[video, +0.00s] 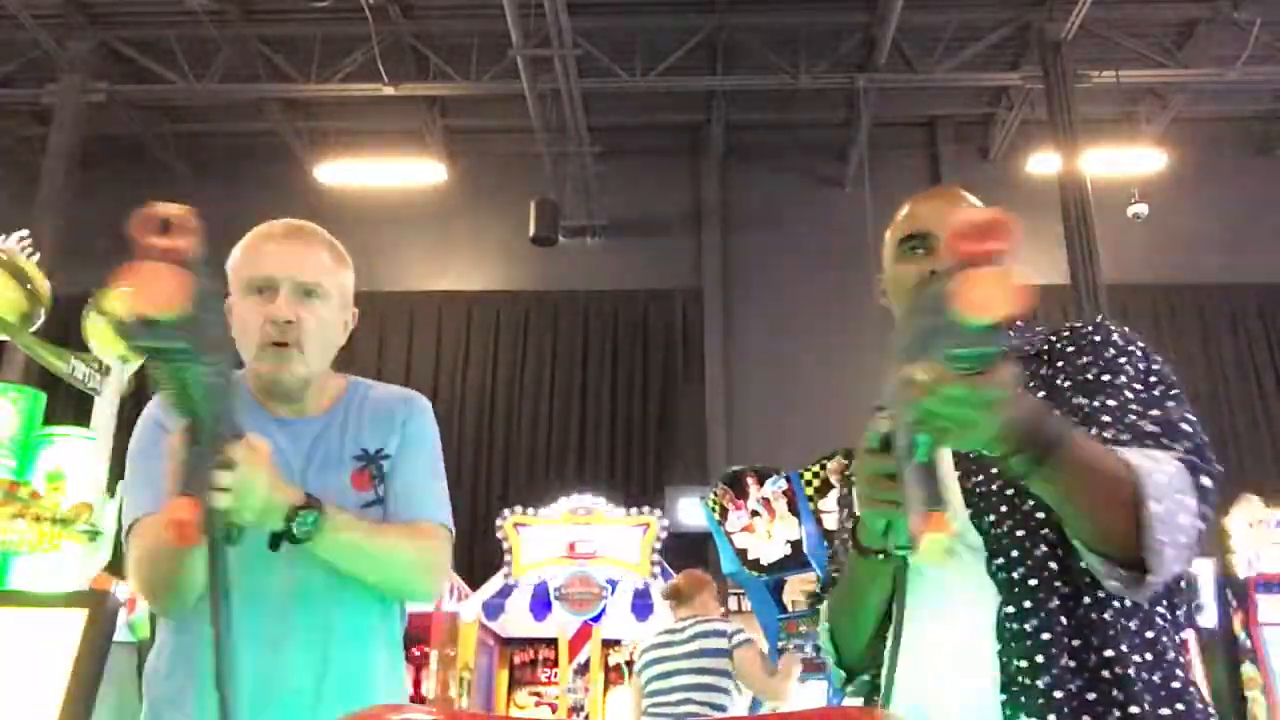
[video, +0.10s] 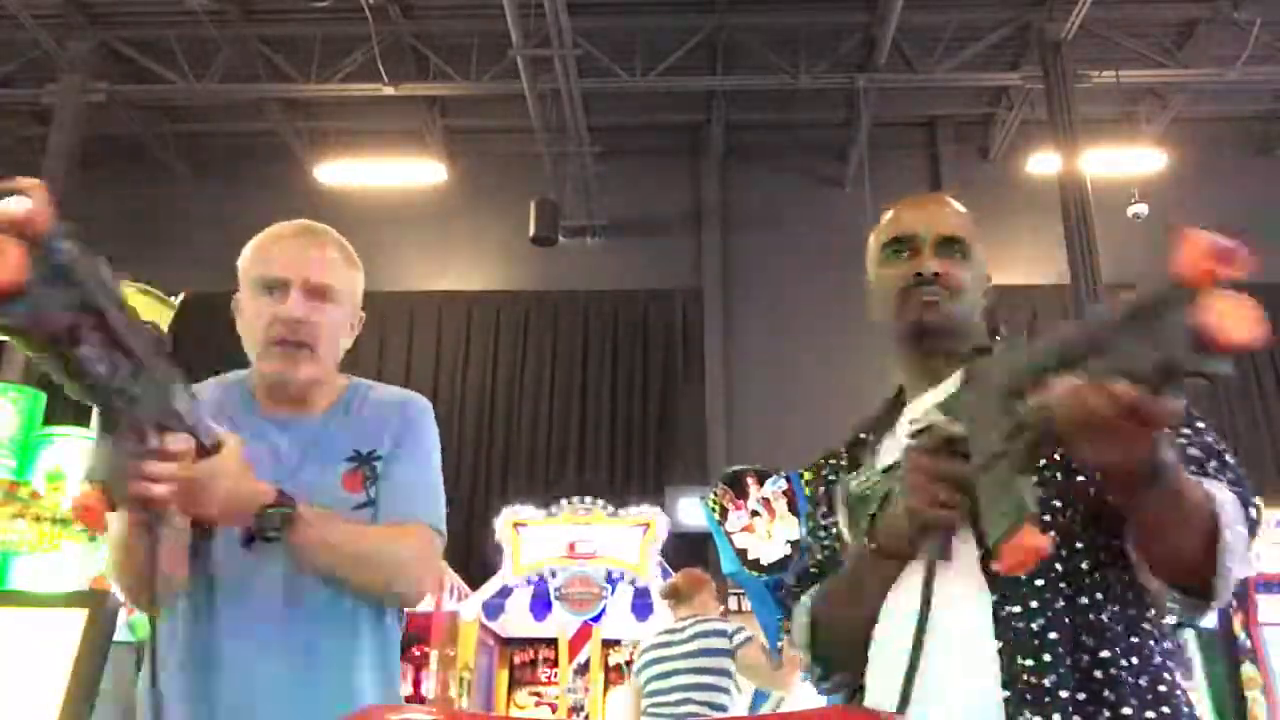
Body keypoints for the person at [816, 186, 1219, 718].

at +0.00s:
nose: (945, 266)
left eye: (973, 245)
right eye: (916, 247)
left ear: (1004, 268)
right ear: (884, 288)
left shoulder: (1090, 356)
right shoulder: (894, 426)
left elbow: (1167, 534)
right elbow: (852, 654)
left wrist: (1030, 437)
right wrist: (873, 538)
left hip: (1108, 697)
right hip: (935, 704)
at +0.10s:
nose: (926, 265)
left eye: (951, 250)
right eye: (899, 251)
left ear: (986, 283)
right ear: (872, 290)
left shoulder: (1095, 396)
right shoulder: (847, 470)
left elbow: (1216, 571)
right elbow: (823, 653)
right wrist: (896, 535)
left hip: (1109, 703)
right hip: (927, 707)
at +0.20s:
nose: (920, 265)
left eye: (944, 250)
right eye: (892, 249)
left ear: (977, 286)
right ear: (857, 293)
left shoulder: (1076, 391)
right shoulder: (826, 476)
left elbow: (1199, 593)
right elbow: (797, 651)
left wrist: (1146, 486)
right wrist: (887, 531)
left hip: (1085, 703)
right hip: (903, 708)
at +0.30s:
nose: (912, 270)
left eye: (937, 254)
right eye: (884, 253)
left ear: (972, 286)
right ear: (853, 293)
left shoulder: (1092, 414)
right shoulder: (829, 476)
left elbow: (1186, 572)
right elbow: (803, 664)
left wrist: (1074, 475)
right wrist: (859, 554)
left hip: (1081, 701)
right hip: (901, 704)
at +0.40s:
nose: (907, 276)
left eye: (930, 255)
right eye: (880, 263)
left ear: (967, 280)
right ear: (856, 290)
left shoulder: (1054, 357)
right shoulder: (869, 421)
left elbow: (1109, 539)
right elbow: (818, 665)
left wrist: (955, 448)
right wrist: (838, 554)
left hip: (1077, 696)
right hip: (915, 700)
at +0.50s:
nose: (894, 276)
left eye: (922, 257)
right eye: (871, 264)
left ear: (974, 281)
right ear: (854, 299)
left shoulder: (1047, 346)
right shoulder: (884, 445)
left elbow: (1046, 518)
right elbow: (845, 666)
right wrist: (825, 535)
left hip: (1050, 699)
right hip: (900, 702)